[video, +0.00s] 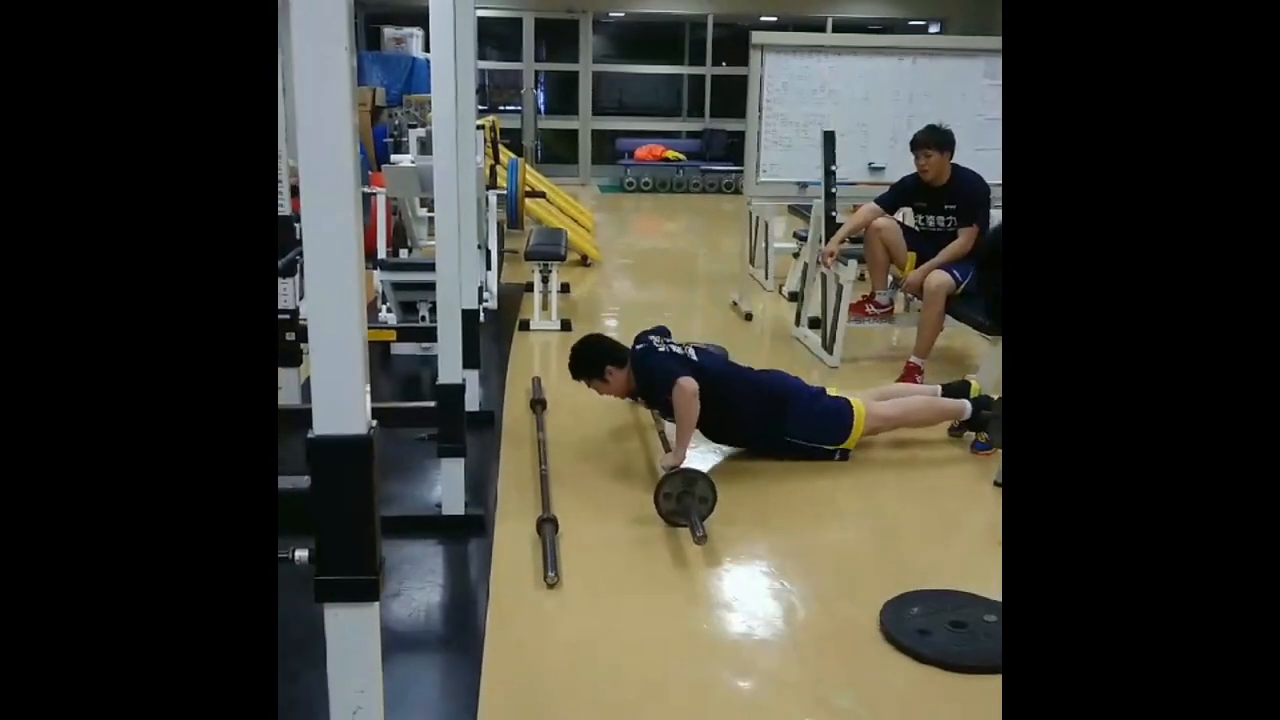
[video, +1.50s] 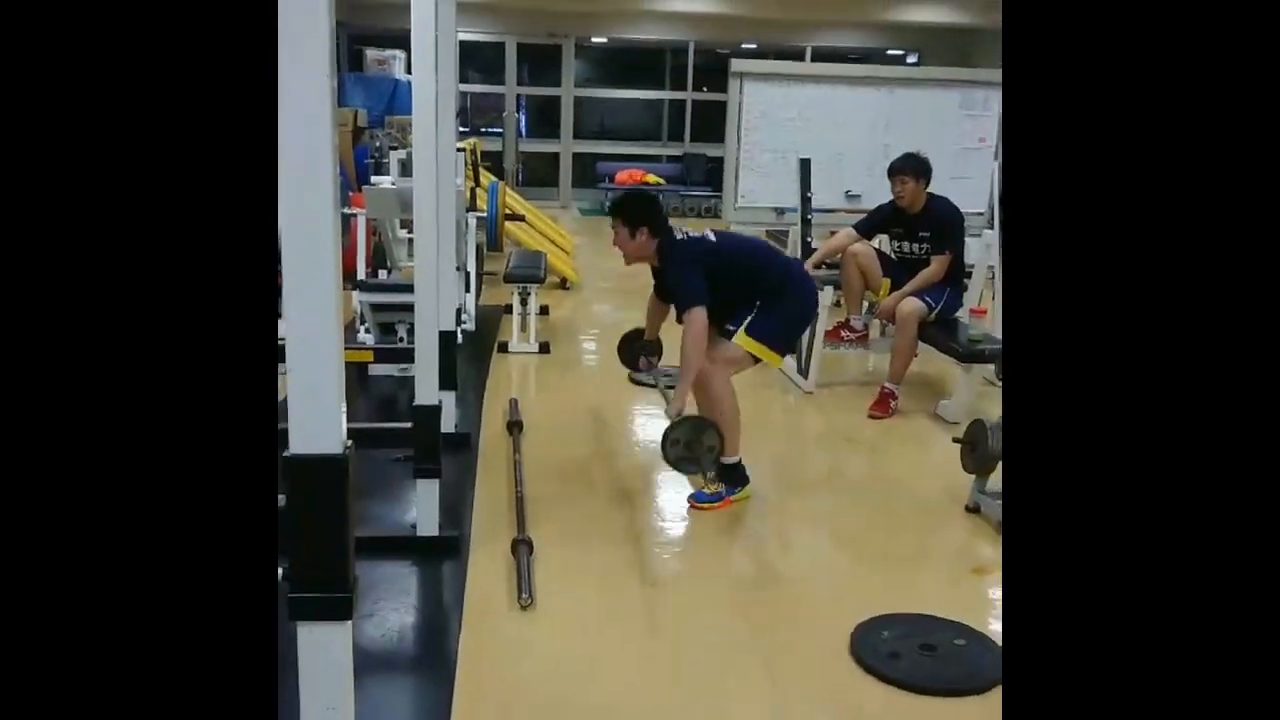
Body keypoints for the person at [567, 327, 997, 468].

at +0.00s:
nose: (601, 394)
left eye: (597, 387)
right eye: (594, 389)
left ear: (608, 374)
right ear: (611, 358)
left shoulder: (649, 367)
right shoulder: (644, 348)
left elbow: (688, 388)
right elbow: (681, 364)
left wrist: (679, 452)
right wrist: (671, 414)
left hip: (780, 414)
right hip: (774, 395)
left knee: (873, 419)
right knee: (863, 406)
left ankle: (971, 408)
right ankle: (949, 391)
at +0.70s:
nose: (597, 336)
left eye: (592, 329)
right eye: (590, 330)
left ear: (605, 314)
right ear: (609, 300)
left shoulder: (652, 320)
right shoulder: (645, 301)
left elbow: (669, 390)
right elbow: (664, 354)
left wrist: (670, 453)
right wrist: (645, 374)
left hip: (784, 348)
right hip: (779, 331)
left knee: (859, 389)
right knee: (853, 380)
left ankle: (949, 410)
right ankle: (938, 403)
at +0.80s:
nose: (601, 335)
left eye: (596, 328)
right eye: (594, 330)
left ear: (609, 312)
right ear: (609, 307)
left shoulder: (650, 315)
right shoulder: (640, 302)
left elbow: (660, 390)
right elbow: (653, 363)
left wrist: (666, 453)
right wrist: (639, 381)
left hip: (786, 292)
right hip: (772, 292)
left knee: (843, 374)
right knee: (825, 371)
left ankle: (930, 409)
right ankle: (906, 387)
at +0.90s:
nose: (615, 333)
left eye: (611, 326)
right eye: (609, 328)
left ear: (624, 312)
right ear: (622, 307)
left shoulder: (661, 314)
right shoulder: (644, 300)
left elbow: (667, 392)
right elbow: (644, 348)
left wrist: (665, 456)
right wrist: (639, 386)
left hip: (790, 263)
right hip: (763, 262)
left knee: (793, 364)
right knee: (764, 356)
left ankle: (878, 406)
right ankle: (848, 388)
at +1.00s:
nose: (626, 335)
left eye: (621, 328)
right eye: (620, 331)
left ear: (636, 314)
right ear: (638, 307)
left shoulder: (673, 316)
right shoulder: (653, 298)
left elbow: (674, 392)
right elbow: (651, 347)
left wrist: (664, 457)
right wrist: (639, 390)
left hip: (793, 264)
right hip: (761, 258)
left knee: (745, 350)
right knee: (718, 343)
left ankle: (804, 424)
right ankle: (773, 401)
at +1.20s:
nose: (608, 296)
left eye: (610, 286)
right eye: (607, 287)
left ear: (634, 286)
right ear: (636, 285)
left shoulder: (662, 318)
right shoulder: (654, 304)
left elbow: (667, 394)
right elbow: (643, 355)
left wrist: (657, 459)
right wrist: (633, 396)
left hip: (784, 343)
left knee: (698, 373)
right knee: (681, 361)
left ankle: (735, 468)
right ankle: (709, 432)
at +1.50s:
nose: (613, 240)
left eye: (617, 231)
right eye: (613, 232)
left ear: (643, 234)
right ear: (644, 233)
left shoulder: (683, 261)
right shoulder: (666, 257)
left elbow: (697, 326)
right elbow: (660, 300)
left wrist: (681, 396)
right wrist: (650, 340)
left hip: (790, 297)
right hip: (764, 292)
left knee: (713, 368)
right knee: (699, 362)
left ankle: (732, 473)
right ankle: (717, 454)